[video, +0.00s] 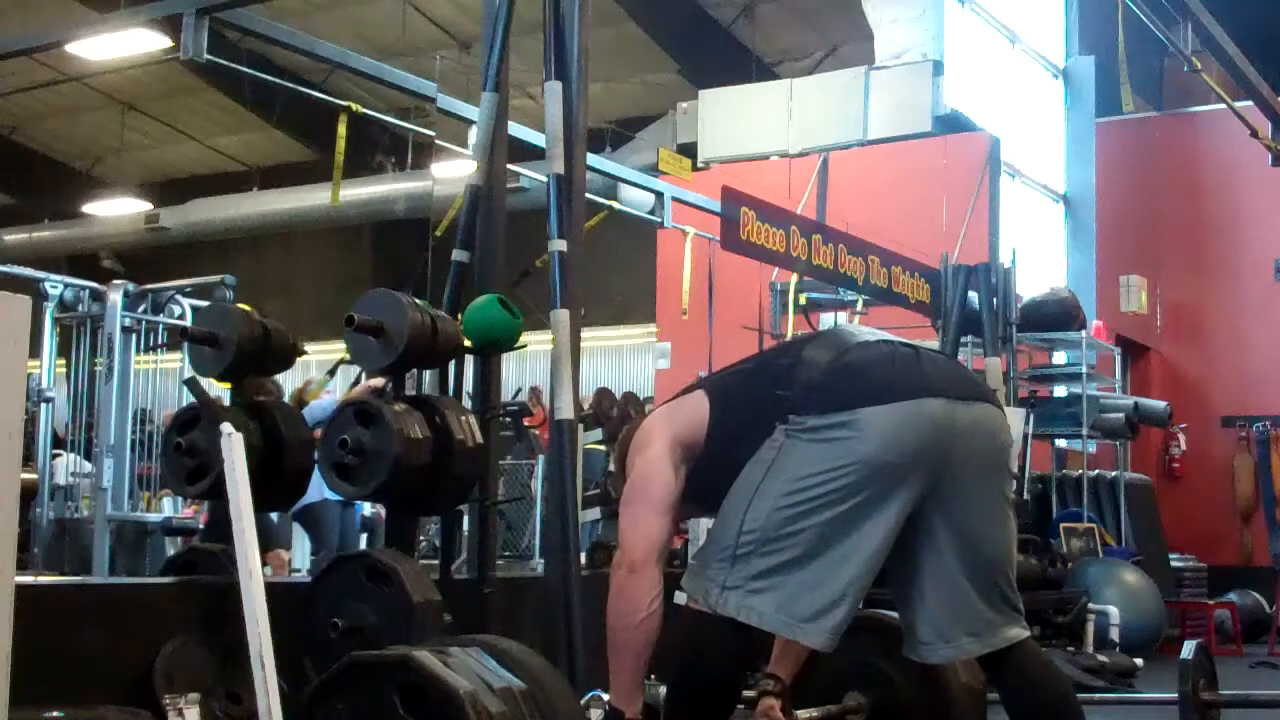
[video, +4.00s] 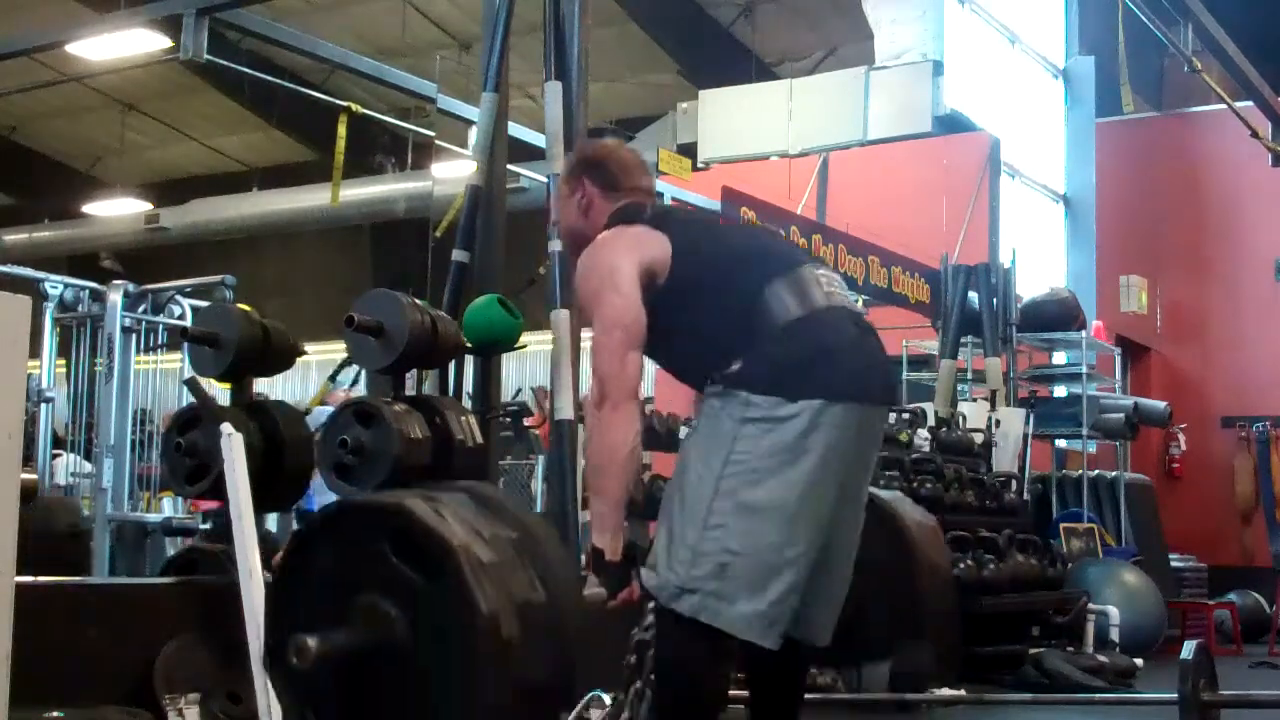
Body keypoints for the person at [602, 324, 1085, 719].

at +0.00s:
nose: (669, 524)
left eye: (641, 487)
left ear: (641, 453)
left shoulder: (662, 432)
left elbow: (640, 566)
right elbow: (829, 564)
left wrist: (622, 703)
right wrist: (773, 687)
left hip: (862, 406)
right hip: (977, 407)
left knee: (722, 604)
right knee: (998, 631)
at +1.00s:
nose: (565, 466)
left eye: (558, 451)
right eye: (555, 457)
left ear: (559, 413)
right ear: (588, 382)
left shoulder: (587, 407)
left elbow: (609, 560)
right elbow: (773, 534)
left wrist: (620, 703)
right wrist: (771, 678)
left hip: (808, 387)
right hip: (894, 381)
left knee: (688, 598)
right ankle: (771, 694)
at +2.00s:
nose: (544, 467)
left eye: (533, 452)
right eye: (533, 459)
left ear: (539, 413)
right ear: (570, 390)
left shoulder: (570, 415)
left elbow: (596, 556)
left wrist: (607, 701)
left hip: (787, 405)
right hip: (872, 406)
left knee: (662, 604)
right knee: (761, 628)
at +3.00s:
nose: (555, 354)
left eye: (557, 338)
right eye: (555, 339)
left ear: (583, 334)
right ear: (638, 331)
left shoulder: (605, 389)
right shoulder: (679, 369)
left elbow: (608, 542)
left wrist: (600, 686)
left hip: (805, 454)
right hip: (881, 458)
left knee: (647, 610)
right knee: (746, 635)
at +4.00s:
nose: (554, 217)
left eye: (559, 198)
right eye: (556, 200)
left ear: (587, 196)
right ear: (634, 197)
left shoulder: (612, 253)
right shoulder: (686, 233)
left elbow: (614, 402)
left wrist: (607, 549)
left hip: (781, 379)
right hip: (860, 377)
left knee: (693, 603)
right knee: (786, 618)